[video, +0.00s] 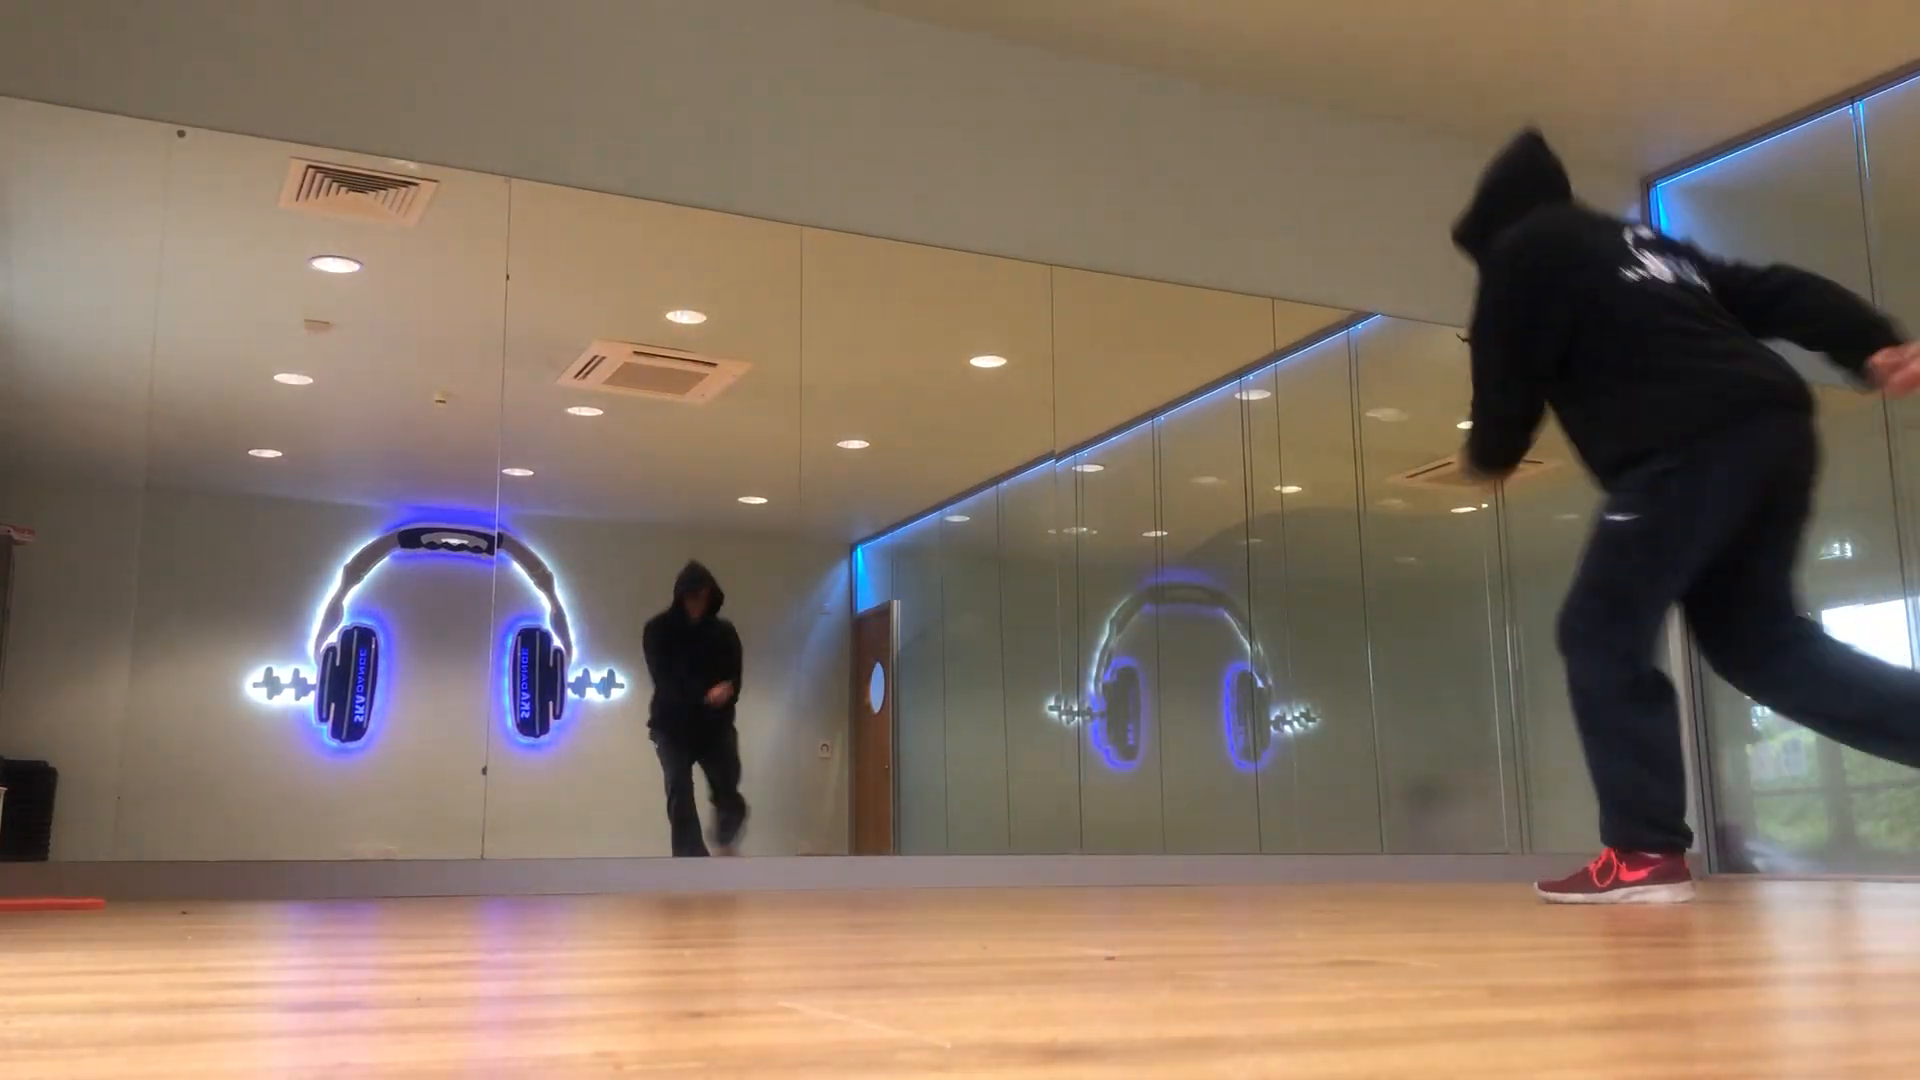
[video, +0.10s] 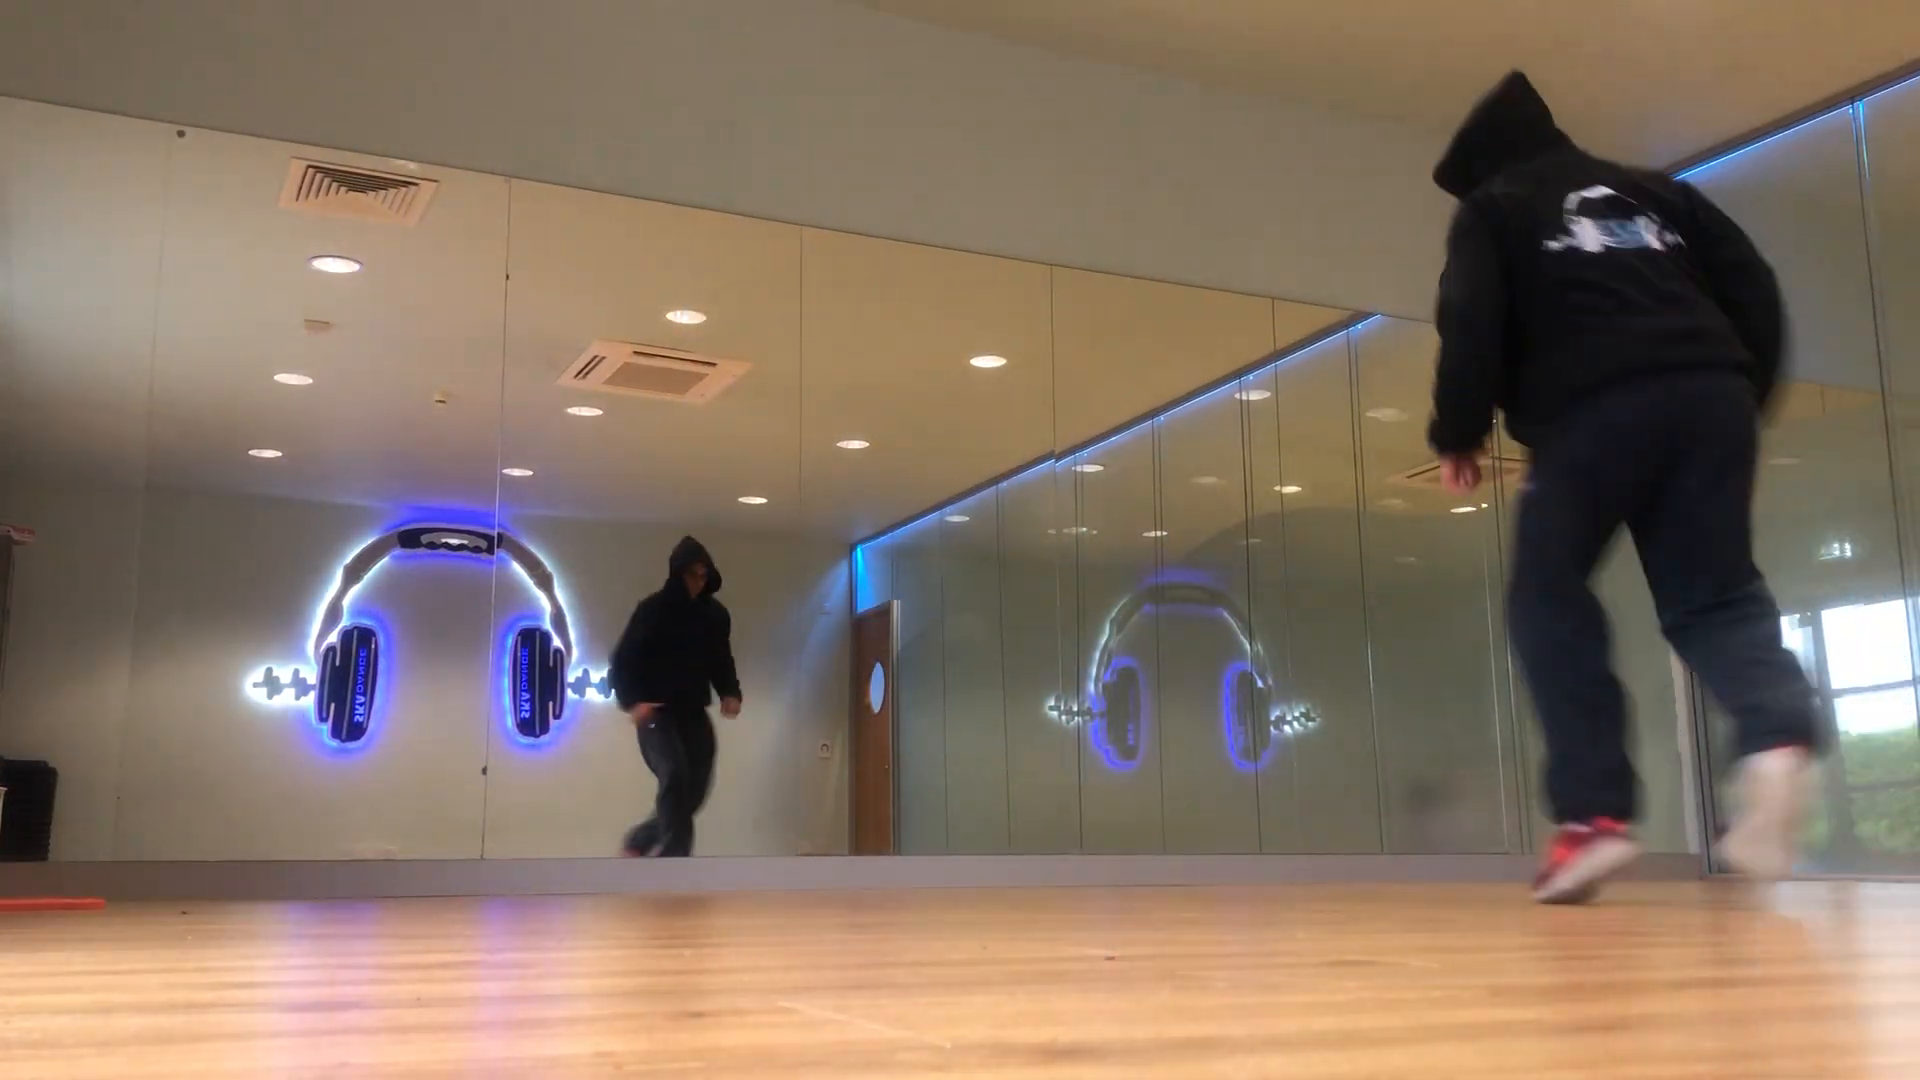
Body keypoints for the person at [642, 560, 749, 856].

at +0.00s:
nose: (696, 602)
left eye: (702, 595)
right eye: (690, 595)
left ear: (711, 596)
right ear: (680, 595)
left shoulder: (723, 631)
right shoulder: (659, 629)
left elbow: (734, 675)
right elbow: (663, 680)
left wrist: (726, 689)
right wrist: (703, 694)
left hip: (714, 722)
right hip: (672, 723)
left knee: (725, 786)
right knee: (679, 791)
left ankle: (725, 838)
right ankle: (691, 859)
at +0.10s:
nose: (698, 579)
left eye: (703, 573)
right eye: (692, 573)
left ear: (709, 574)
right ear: (678, 572)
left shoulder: (715, 614)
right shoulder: (653, 609)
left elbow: (720, 656)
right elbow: (622, 658)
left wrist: (730, 691)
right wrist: (633, 701)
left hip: (693, 709)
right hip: (655, 709)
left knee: (696, 788)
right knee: (674, 777)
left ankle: (639, 841)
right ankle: (674, 861)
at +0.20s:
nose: (699, 588)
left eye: (704, 582)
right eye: (695, 580)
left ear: (707, 583)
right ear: (679, 577)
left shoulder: (700, 620)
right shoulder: (652, 608)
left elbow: (704, 667)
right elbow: (606, 640)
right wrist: (606, 685)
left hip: (664, 710)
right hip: (637, 705)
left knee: (648, 789)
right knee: (661, 781)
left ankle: (596, 860)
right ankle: (625, 863)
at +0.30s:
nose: (705, 598)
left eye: (710, 593)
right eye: (702, 589)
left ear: (712, 595)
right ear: (686, 585)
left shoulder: (692, 634)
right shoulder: (650, 612)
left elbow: (677, 681)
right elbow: (604, 650)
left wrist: (713, 685)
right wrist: (626, 687)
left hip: (642, 718)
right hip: (614, 709)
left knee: (622, 784)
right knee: (643, 779)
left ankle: (588, 861)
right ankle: (609, 862)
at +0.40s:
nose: (699, 602)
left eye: (703, 596)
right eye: (697, 594)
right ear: (683, 591)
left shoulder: (683, 640)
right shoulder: (642, 616)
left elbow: (673, 698)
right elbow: (616, 672)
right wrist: (659, 691)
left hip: (632, 712)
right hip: (605, 705)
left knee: (636, 791)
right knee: (640, 788)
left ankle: (572, 838)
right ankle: (608, 861)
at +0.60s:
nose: (677, 580)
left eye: (681, 576)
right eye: (677, 572)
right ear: (666, 565)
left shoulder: (652, 597)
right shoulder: (630, 589)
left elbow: (661, 641)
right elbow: (656, 642)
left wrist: (679, 617)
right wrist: (682, 616)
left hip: (614, 691)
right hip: (596, 685)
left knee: (645, 759)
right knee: (597, 763)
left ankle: (581, 801)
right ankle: (571, 848)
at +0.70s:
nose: (672, 589)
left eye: (675, 583)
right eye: (671, 581)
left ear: (644, 571)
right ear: (659, 576)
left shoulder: (627, 599)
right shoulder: (633, 602)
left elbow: (617, 662)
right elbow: (676, 639)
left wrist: (625, 710)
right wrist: (720, 645)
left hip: (599, 699)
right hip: (594, 699)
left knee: (627, 775)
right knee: (582, 773)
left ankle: (629, 864)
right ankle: (528, 848)